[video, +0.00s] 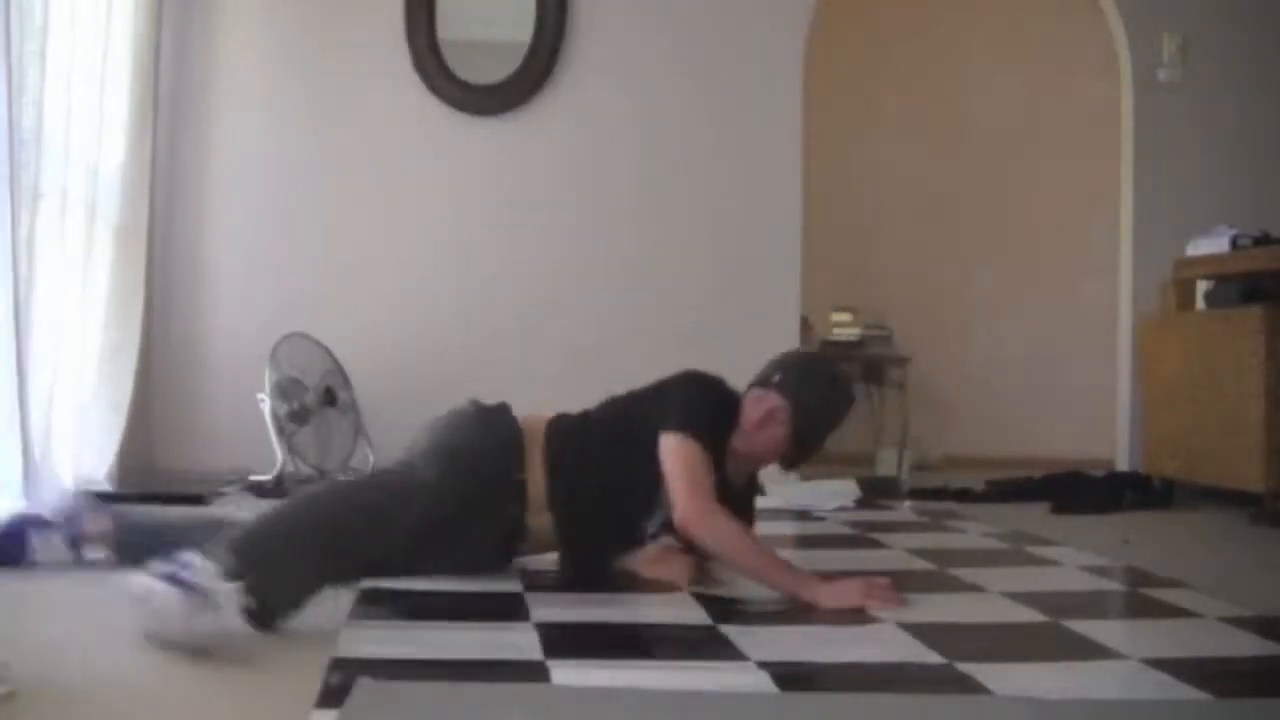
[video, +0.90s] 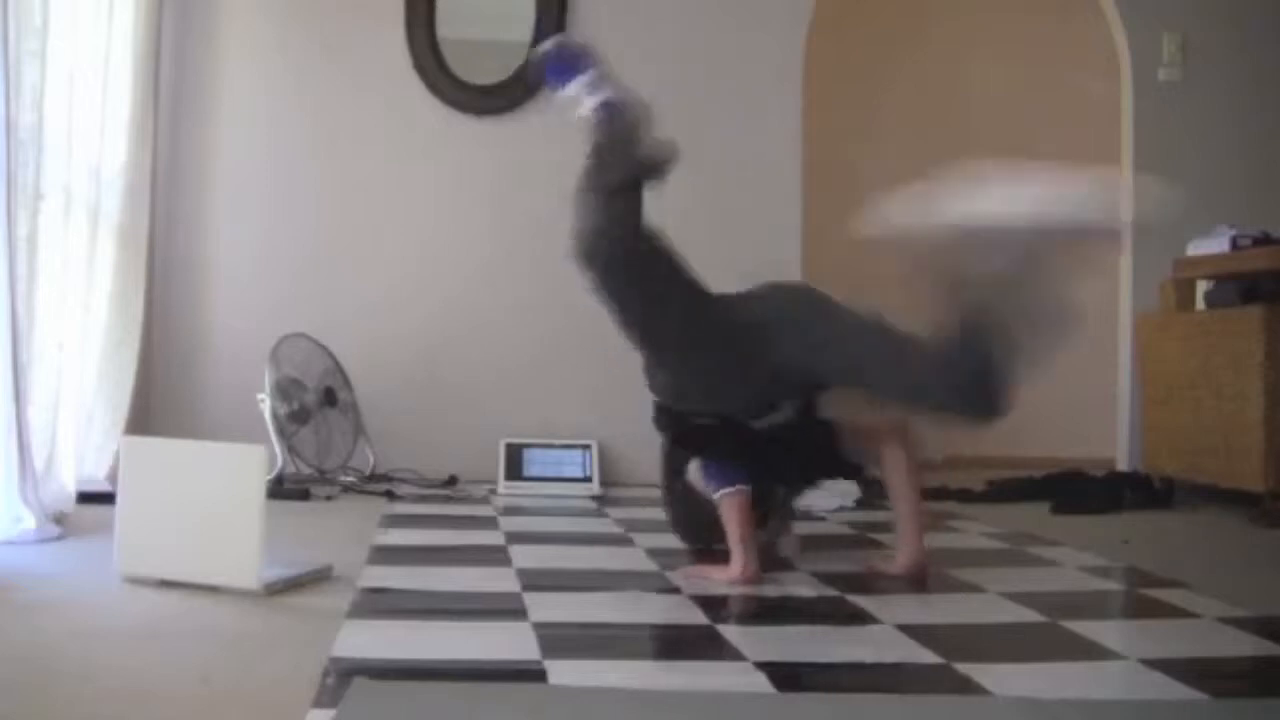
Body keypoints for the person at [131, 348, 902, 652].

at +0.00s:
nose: (766, 443)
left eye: (781, 443)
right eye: (774, 424)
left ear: (781, 443)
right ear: (761, 396)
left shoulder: (705, 491)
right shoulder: (698, 397)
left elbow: (596, 562)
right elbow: (701, 513)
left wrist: (667, 564)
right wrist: (811, 591)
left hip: (501, 533)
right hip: (498, 448)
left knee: (334, 544)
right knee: (399, 506)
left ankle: (110, 525)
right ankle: (220, 580)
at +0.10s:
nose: (751, 435)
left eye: (767, 437)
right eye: (759, 416)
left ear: (771, 447)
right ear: (748, 395)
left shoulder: (703, 493)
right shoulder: (680, 402)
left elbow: (603, 560)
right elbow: (692, 524)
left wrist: (658, 563)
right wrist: (807, 588)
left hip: (494, 532)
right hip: (488, 451)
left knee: (341, 559)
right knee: (355, 504)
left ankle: (146, 536)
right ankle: (170, 569)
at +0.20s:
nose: (731, 418)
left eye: (747, 416)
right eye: (737, 400)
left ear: (751, 427)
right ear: (718, 382)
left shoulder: (690, 479)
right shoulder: (658, 401)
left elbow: (621, 556)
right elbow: (688, 516)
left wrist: (684, 580)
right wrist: (805, 591)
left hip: (486, 532)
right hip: (469, 450)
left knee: (390, 575)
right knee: (314, 488)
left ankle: (249, 553)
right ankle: (114, 538)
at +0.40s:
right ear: (918, 430)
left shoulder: (798, 439)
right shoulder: (906, 416)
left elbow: (750, 479)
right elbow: (968, 463)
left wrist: (749, 578)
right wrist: (917, 565)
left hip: (685, 349)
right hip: (745, 363)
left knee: (480, 357)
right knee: (647, 563)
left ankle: (535, 159)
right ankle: (493, 398)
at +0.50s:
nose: (836, 507)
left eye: (836, 504)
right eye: (857, 502)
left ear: (833, 483)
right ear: (870, 477)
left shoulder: (784, 461)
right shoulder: (880, 429)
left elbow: (759, 504)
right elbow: (960, 452)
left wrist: (748, 579)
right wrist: (913, 565)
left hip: (705, 356)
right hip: (766, 368)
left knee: (502, 301)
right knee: (666, 556)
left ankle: (570, 112)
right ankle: (545, 359)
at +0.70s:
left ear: (716, 488)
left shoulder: (723, 440)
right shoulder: (843, 452)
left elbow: (736, 480)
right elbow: (921, 456)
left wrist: (739, 566)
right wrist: (912, 555)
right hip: (789, 333)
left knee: (567, 263)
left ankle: (639, 97)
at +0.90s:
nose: (768, 548)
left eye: (741, 534)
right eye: (762, 539)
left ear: (706, 501)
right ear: (767, 499)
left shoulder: (707, 453)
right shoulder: (798, 448)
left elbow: (721, 484)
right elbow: (890, 441)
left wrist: (738, 570)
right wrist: (910, 555)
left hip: (718, 364)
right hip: (794, 327)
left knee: (608, 254)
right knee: (974, 390)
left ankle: (611, 120)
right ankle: (998, 273)